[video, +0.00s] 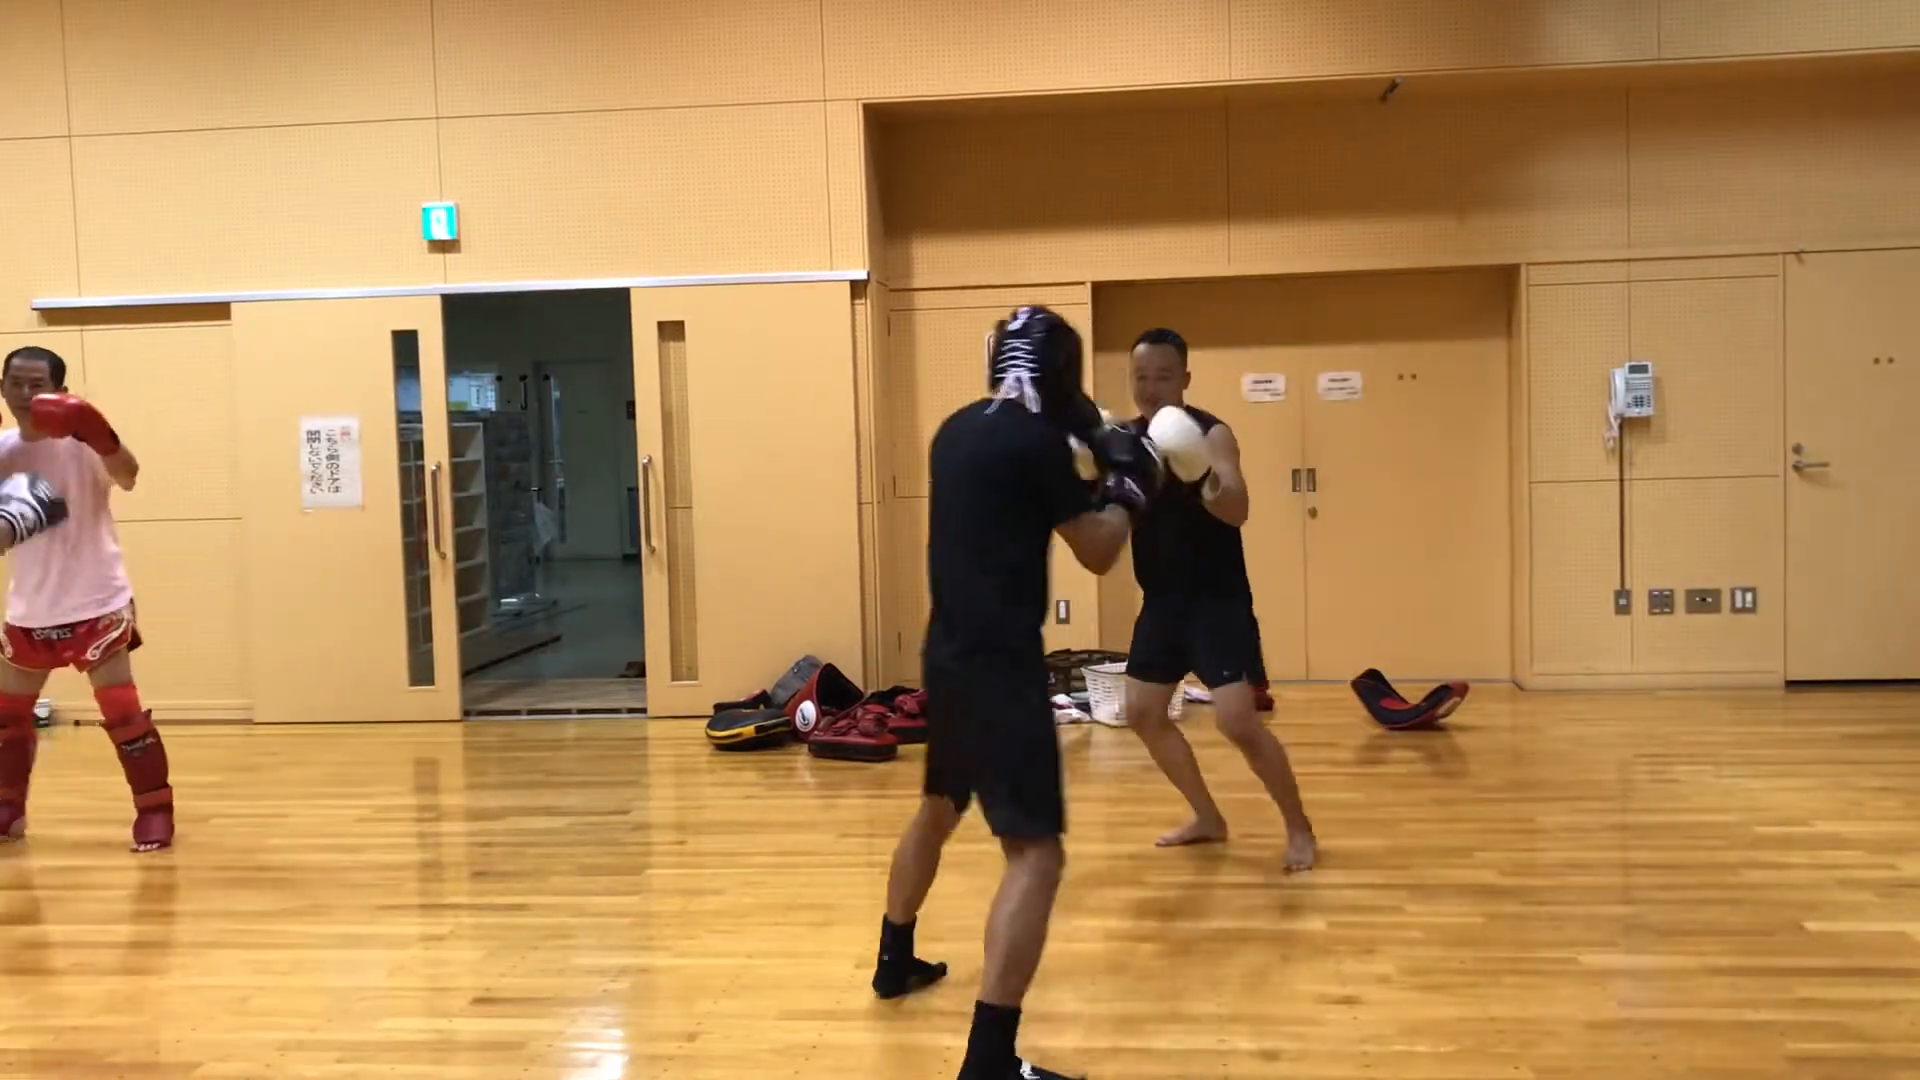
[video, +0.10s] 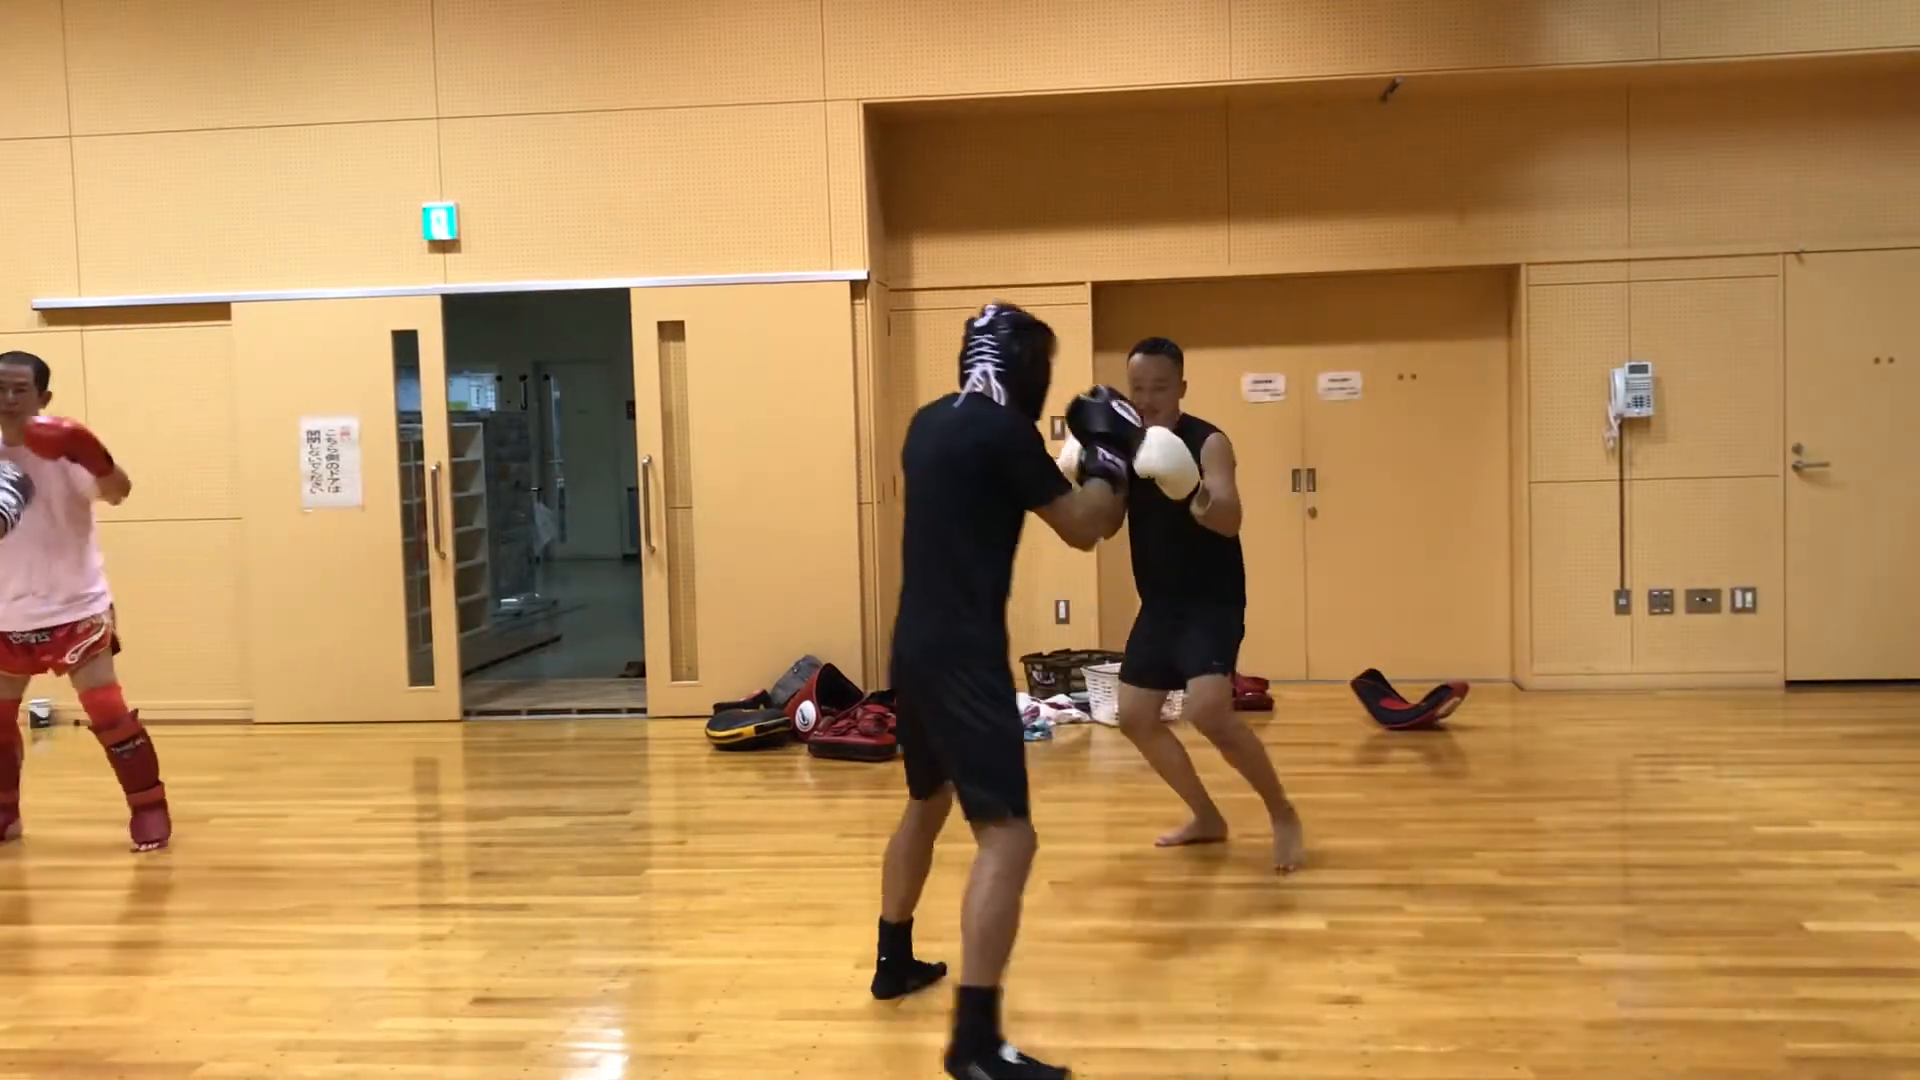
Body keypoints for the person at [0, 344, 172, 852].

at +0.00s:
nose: (25, 395)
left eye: (37, 385)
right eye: (15, 384)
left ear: (59, 392)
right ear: (3, 388)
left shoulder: (84, 442)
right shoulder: (5, 450)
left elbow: (127, 477)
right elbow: (7, 522)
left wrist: (96, 429)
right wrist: (11, 519)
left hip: (95, 595)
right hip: (30, 601)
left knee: (120, 710)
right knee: (11, 711)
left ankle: (153, 811)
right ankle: (9, 806)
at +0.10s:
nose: (9, 399)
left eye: (20, 389)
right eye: (2, 390)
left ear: (42, 395)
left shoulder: (64, 443)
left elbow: (117, 492)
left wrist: (83, 448)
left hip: (74, 600)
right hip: (9, 608)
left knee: (104, 708)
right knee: (1, 718)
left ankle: (148, 808)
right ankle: (5, 809)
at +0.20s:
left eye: (5, 388)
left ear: (26, 394)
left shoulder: (53, 449)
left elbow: (117, 495)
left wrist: (96, 475)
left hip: (59, 603)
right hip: (4, 611)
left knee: (87, 704)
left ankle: (130, 804)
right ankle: (4, 810)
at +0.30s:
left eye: (1, 390)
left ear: (12, 392)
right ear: (6, 390)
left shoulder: (31, 442)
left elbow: (102, 494)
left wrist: (95, 469)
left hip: (44, 599)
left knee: (66, 707)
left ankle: (90, 818)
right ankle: (5, 811)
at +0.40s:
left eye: (0, 392)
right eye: (3, 392)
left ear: (6, 391)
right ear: (7, 391)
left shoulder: (31, 433)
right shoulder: (29, 434)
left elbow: (87, 487)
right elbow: (84, 487)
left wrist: (60, 469)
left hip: (34, 599)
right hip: (11, 605)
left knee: (50, 714)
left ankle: (71, 829)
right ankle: (4, 810)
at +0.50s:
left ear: (4, 390)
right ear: (2, 391)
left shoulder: (16, 437)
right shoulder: (15, 438)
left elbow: (76, 483)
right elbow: (73, 484)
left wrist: (36, 451)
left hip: (31, 599)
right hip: (12, 604)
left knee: (51, 716)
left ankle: (72, 827)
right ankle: (3, 798)